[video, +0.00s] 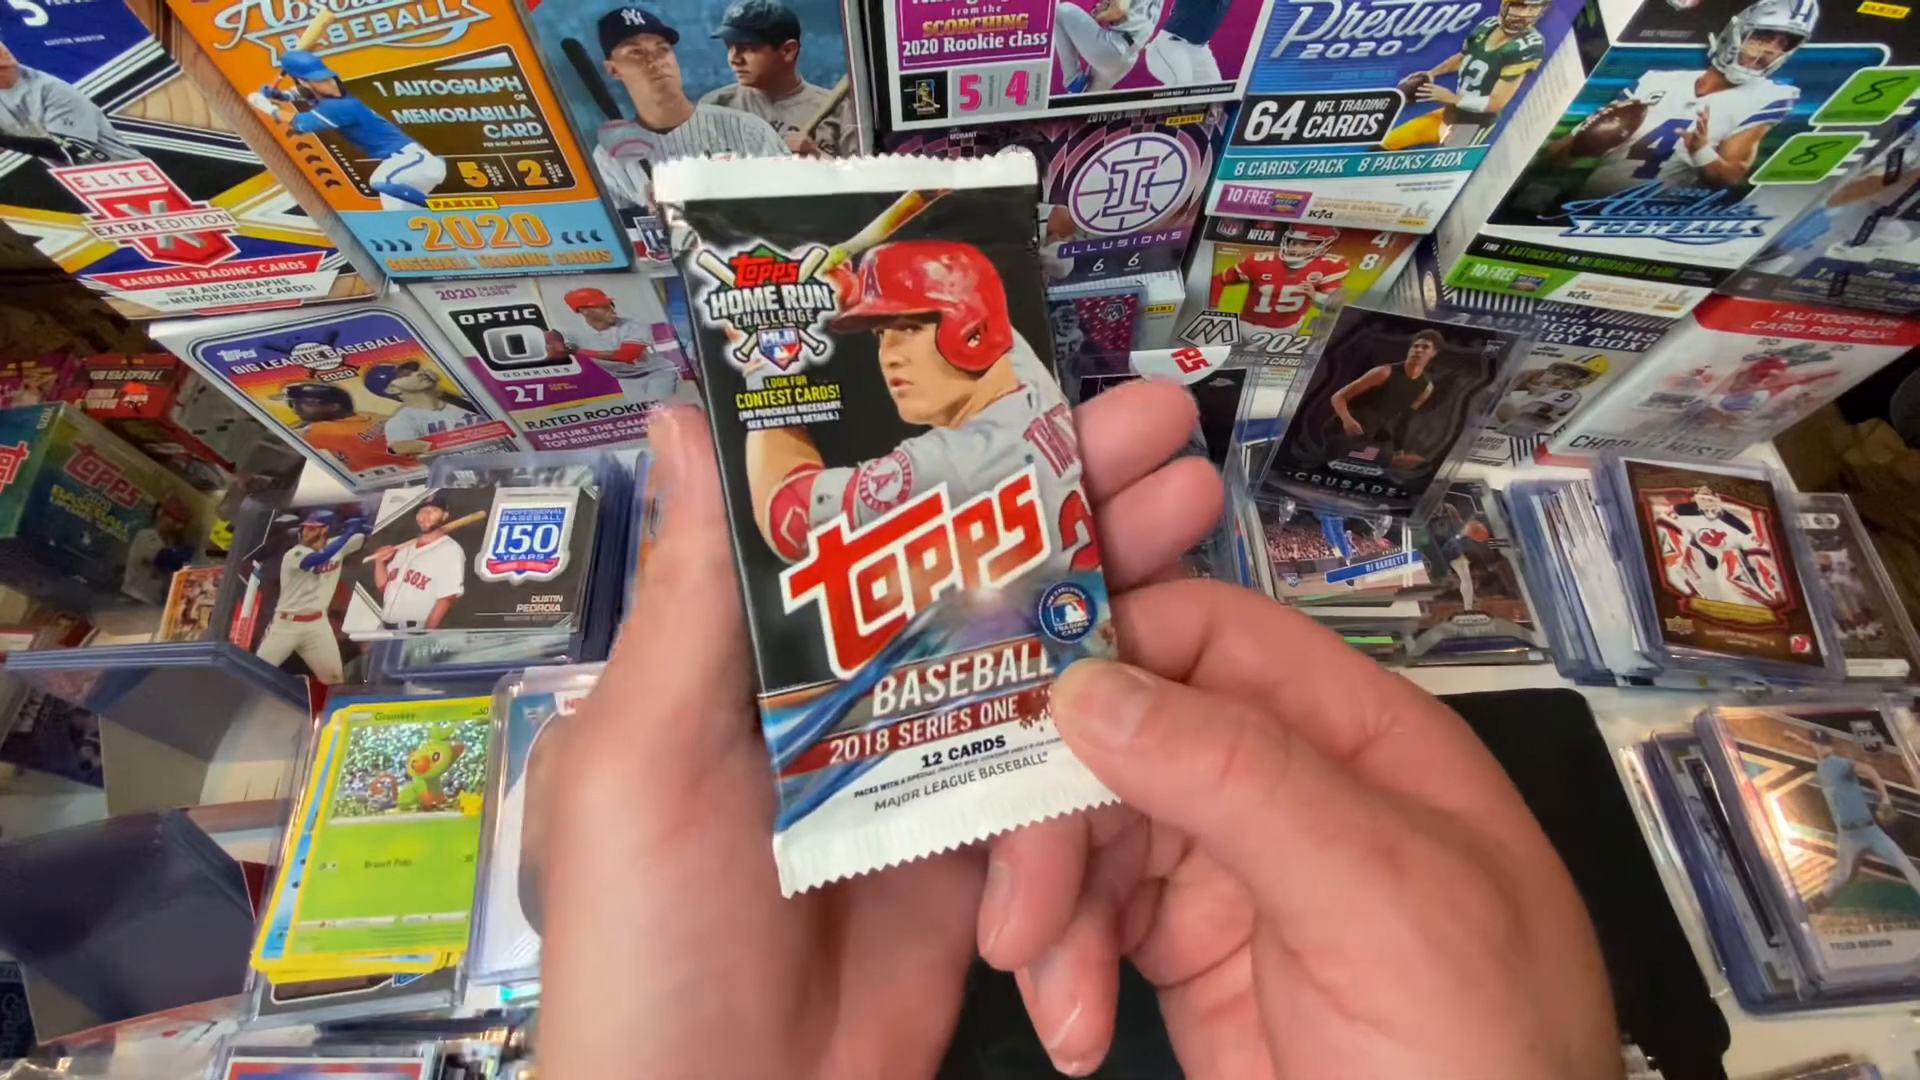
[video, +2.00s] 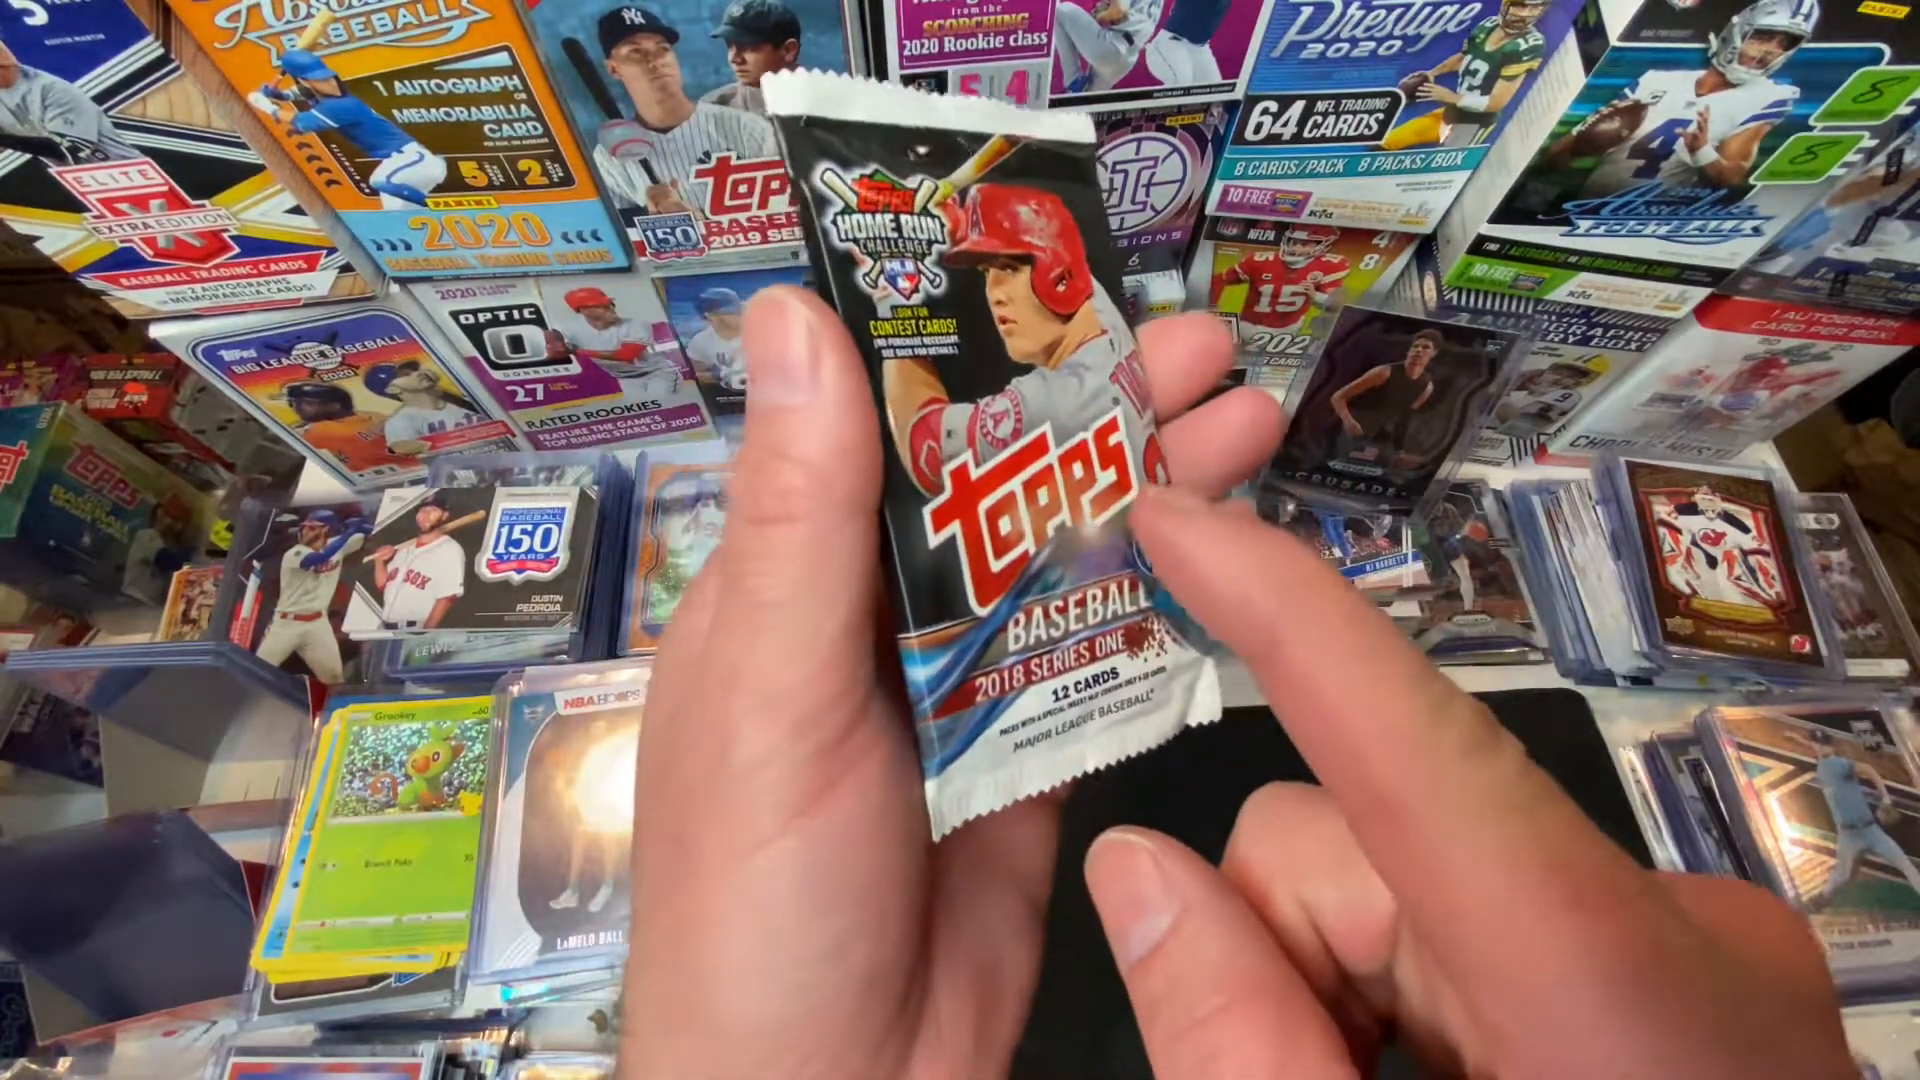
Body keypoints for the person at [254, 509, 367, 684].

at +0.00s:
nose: (304, 532)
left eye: (310, 528)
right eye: (304, 527)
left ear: (324, 531)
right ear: (302, 529)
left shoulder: (337, 548)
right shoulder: (293, 555)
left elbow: (367, 532)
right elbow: (318, 560)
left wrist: (358, 523)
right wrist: (347, 536)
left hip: (317, 625)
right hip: (284, 625)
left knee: (334, 681)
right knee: (258, 671)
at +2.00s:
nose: (302, 531)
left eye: (309, 527)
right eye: (303, 527)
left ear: (324, 530)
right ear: (303, 530)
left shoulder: (336, 549)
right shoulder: (294, 554)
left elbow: (367, 531)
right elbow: (318, 559)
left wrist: (355, 524)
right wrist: (347, 535)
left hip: (317, 625)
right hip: (285, 624)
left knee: (334, 678)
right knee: (258, 670)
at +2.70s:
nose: (303, 531)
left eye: (309, 528)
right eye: (303, 527)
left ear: (323, 530)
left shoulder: (337, 550)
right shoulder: (293, 555)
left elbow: (366, 533)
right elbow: (320, 559)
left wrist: (355, 523)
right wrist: (346, 537)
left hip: (317, 624)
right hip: (285, 624)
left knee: (333, 676)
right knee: (259, 670)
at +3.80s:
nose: (304, 533)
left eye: (310, 529)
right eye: (304, 528)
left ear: (324, 531)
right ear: (302, 530)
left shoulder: (337, 549)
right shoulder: (293, 555)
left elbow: (365, 532)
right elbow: (319, 559)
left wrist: (356, 522)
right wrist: (346, 537)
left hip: (317, 625)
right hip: (285, 624)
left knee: (332, 674)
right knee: (260, 669)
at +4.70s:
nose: (303, 532)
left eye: (309, 528)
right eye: (303, 528)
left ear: (324, 531)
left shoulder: (336, 549)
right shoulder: (293, 554)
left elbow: (366, 532)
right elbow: (319, 559)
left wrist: (355, 524)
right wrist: (346, 536)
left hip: (317, 625)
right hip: (284, 624)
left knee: (334, 679)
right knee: (259, 671)